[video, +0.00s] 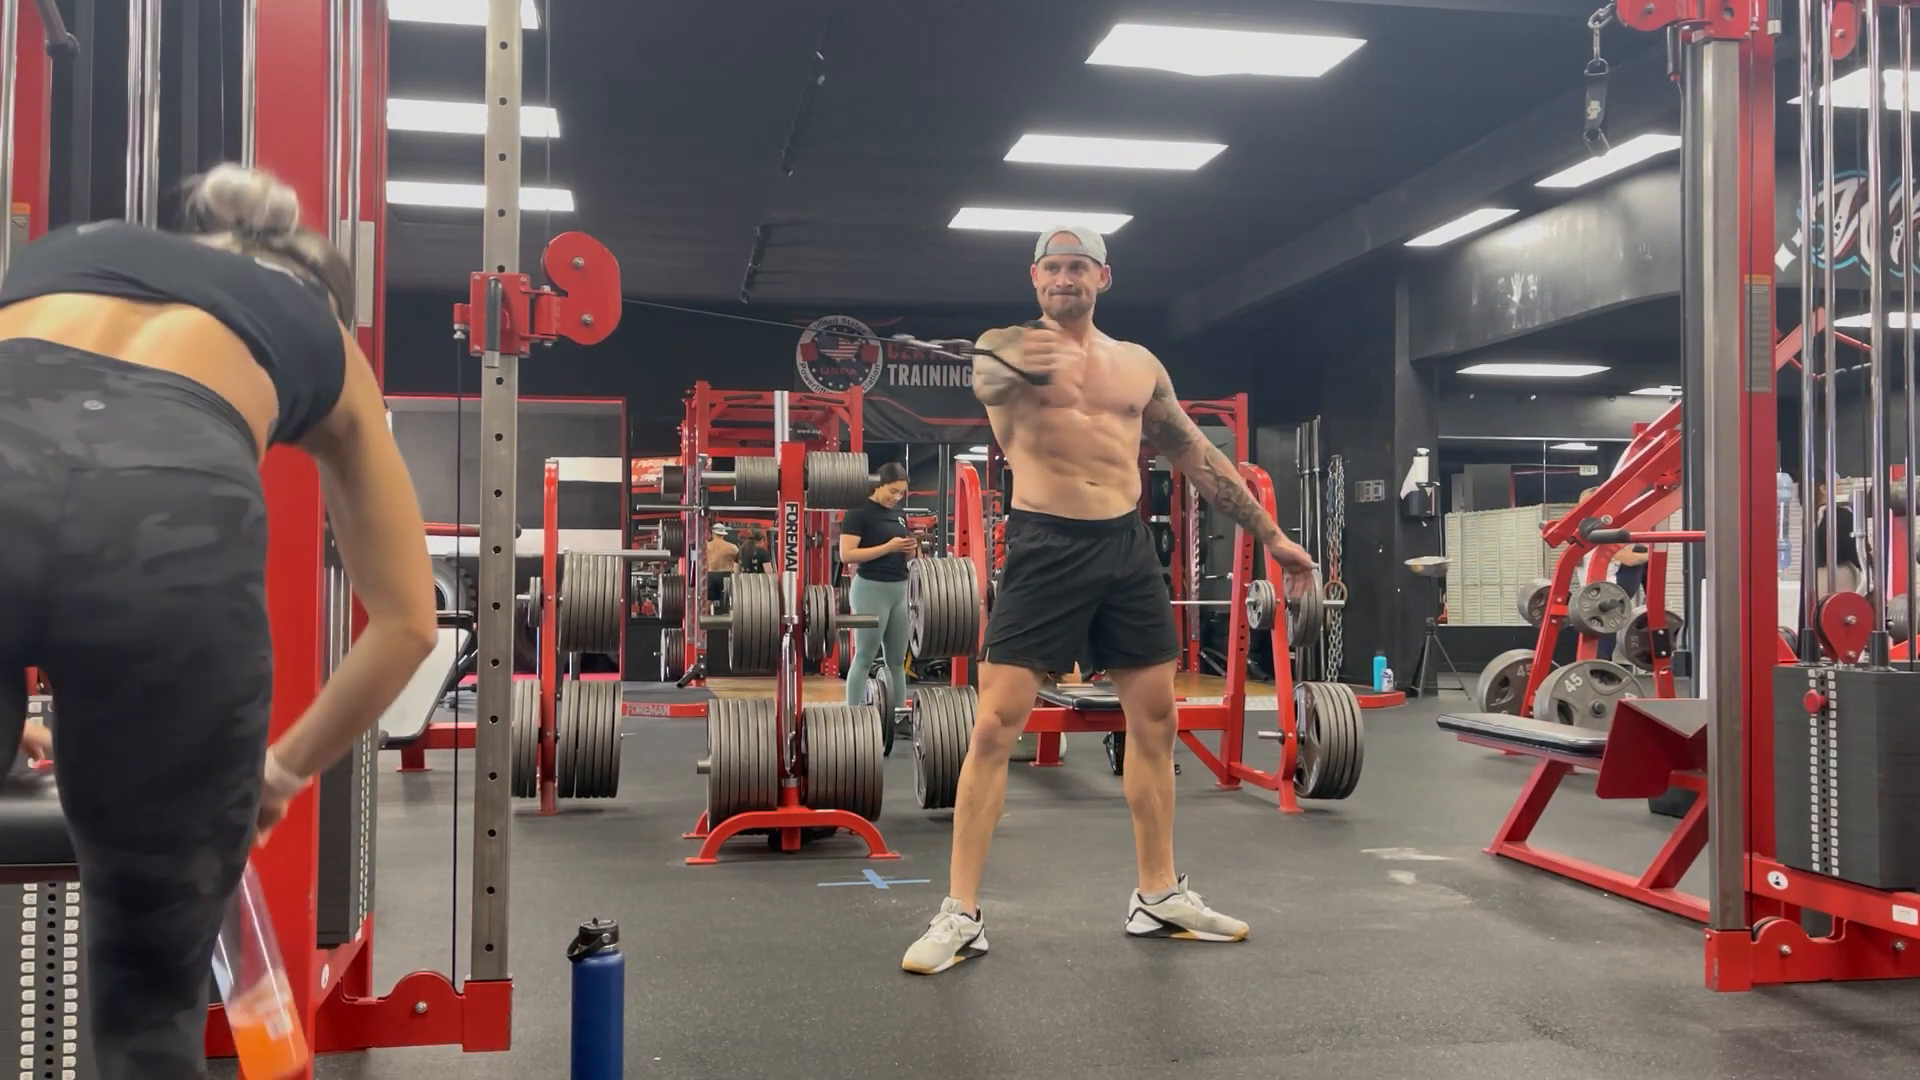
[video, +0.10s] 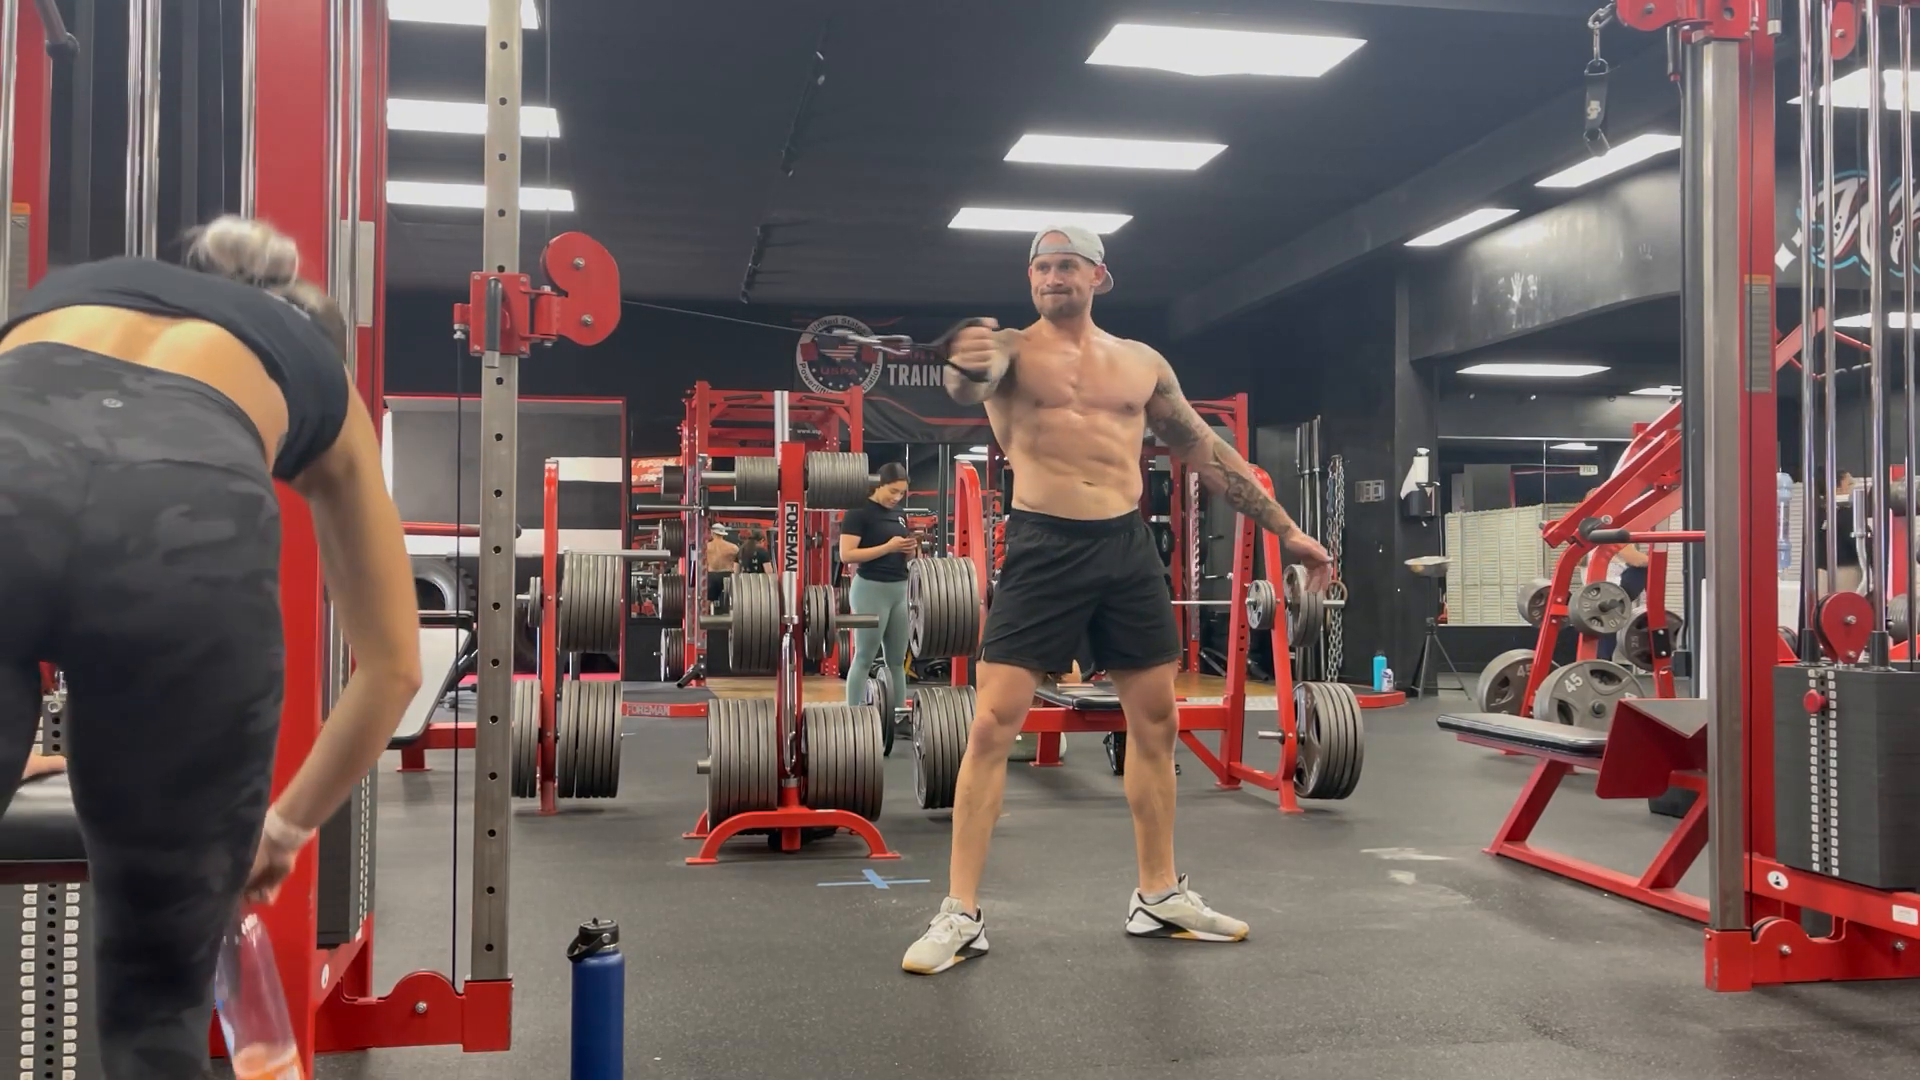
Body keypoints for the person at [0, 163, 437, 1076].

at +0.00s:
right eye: (334, 328)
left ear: (177, 233)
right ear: (309, 289)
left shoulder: (51, 256)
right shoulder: (324, 334)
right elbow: (406, 621)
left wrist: (9, 718)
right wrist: (284, 768)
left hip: (4, 469)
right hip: (165, 523)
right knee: (149, 975)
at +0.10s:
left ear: (183, 267)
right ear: (305, 328)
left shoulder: (70, 291)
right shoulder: (321, 371)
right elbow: (390, 667)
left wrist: (23, 753)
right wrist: (288, 824)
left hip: (11, 473)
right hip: (184, 517)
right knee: (157, 987)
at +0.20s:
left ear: (184, 295)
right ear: (287, 336)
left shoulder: (74, 311)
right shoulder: (313, 387)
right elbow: (369, 709)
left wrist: (18, 750)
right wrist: (284, 874)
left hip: (14, 472)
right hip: (194, 517)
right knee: (162, 991)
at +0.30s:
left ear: (197, 311)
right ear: (290, 356)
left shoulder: (81, 317)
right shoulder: (313, 402)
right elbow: (346, 731)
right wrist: (276, 903)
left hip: (17, 472)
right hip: (207, 508)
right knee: (165, 977)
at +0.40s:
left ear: (202, 325)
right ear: (290, 370)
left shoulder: (90, 326)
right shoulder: (315, 425)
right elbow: (326, 749)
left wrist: (19, 739)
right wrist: (263, 927)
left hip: (21, 470)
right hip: (215, 512)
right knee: (169, 963)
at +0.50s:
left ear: (200, 331)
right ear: (285, 378)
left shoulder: (89, 336)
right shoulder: (309, 434)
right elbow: (310, 763)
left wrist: (21, 728)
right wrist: (256, 944)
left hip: (19, 472)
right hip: (221, 513)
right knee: (168, 977)